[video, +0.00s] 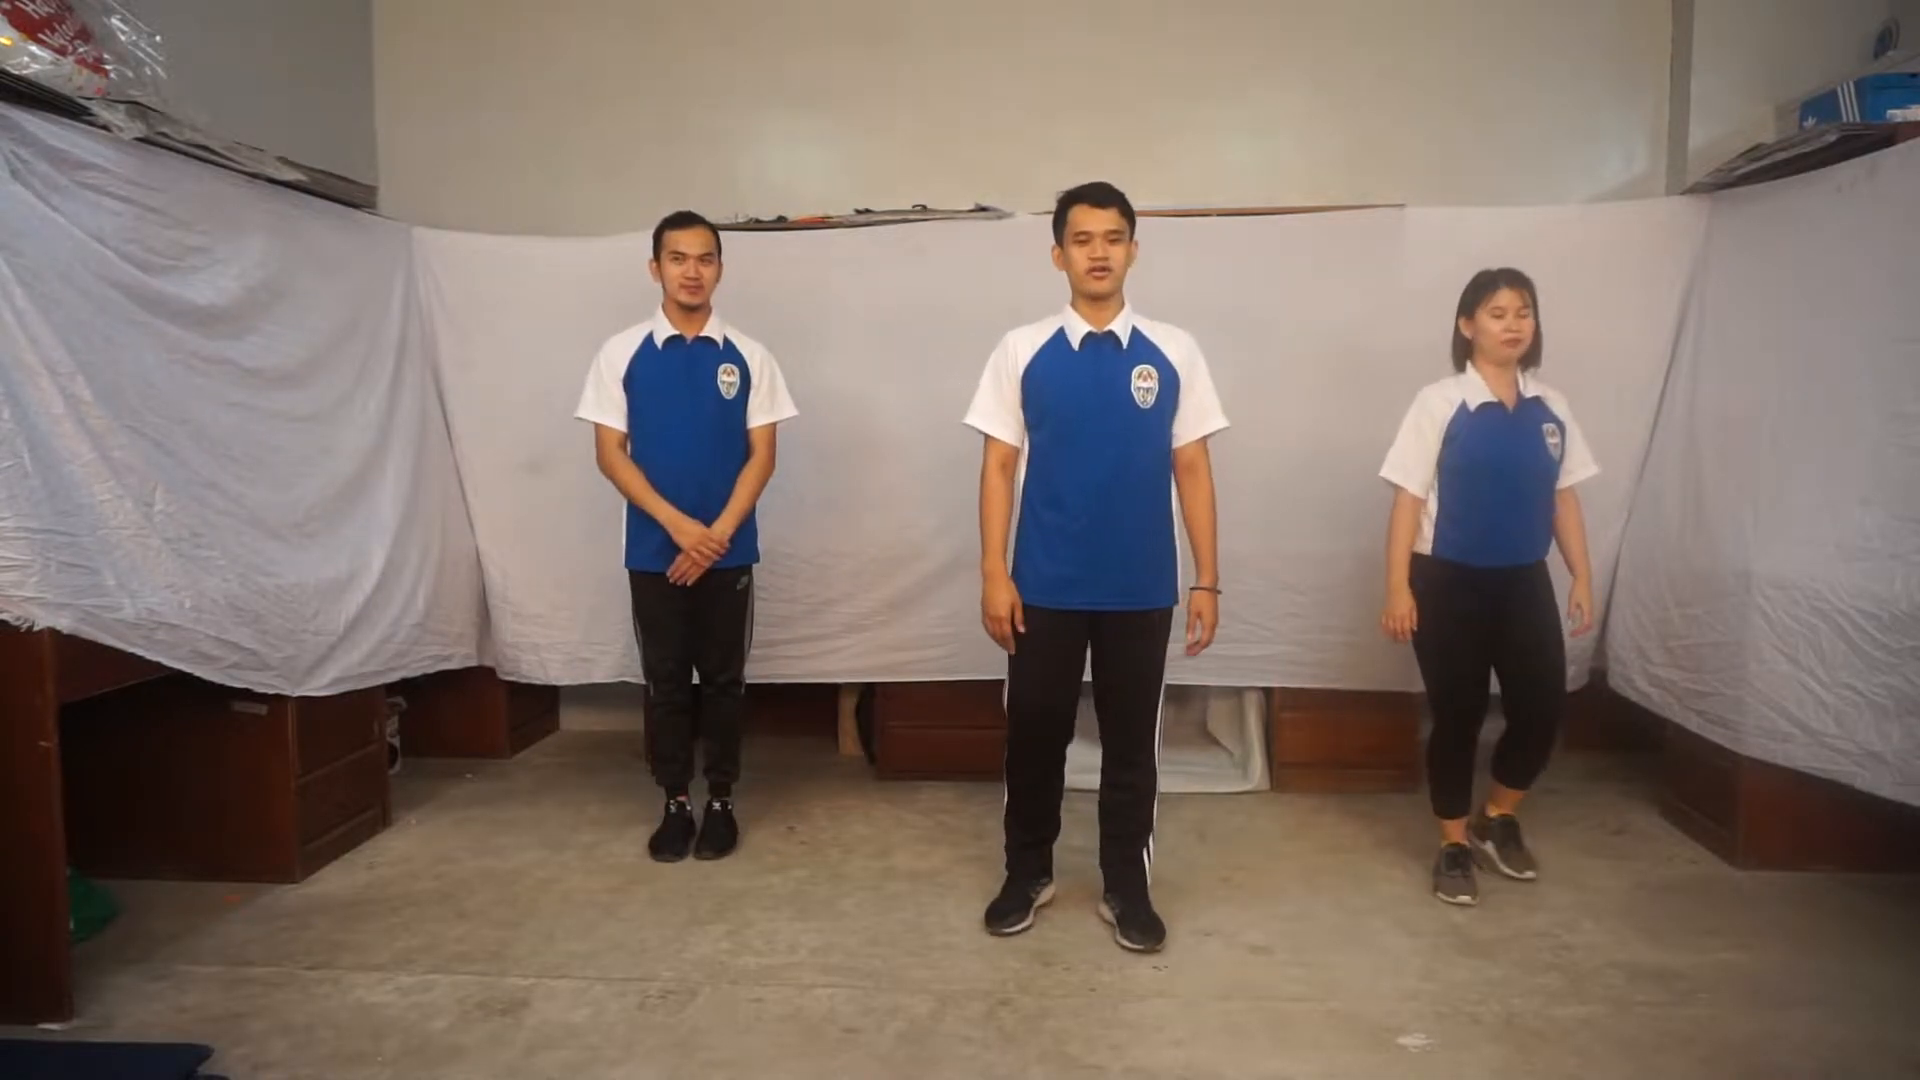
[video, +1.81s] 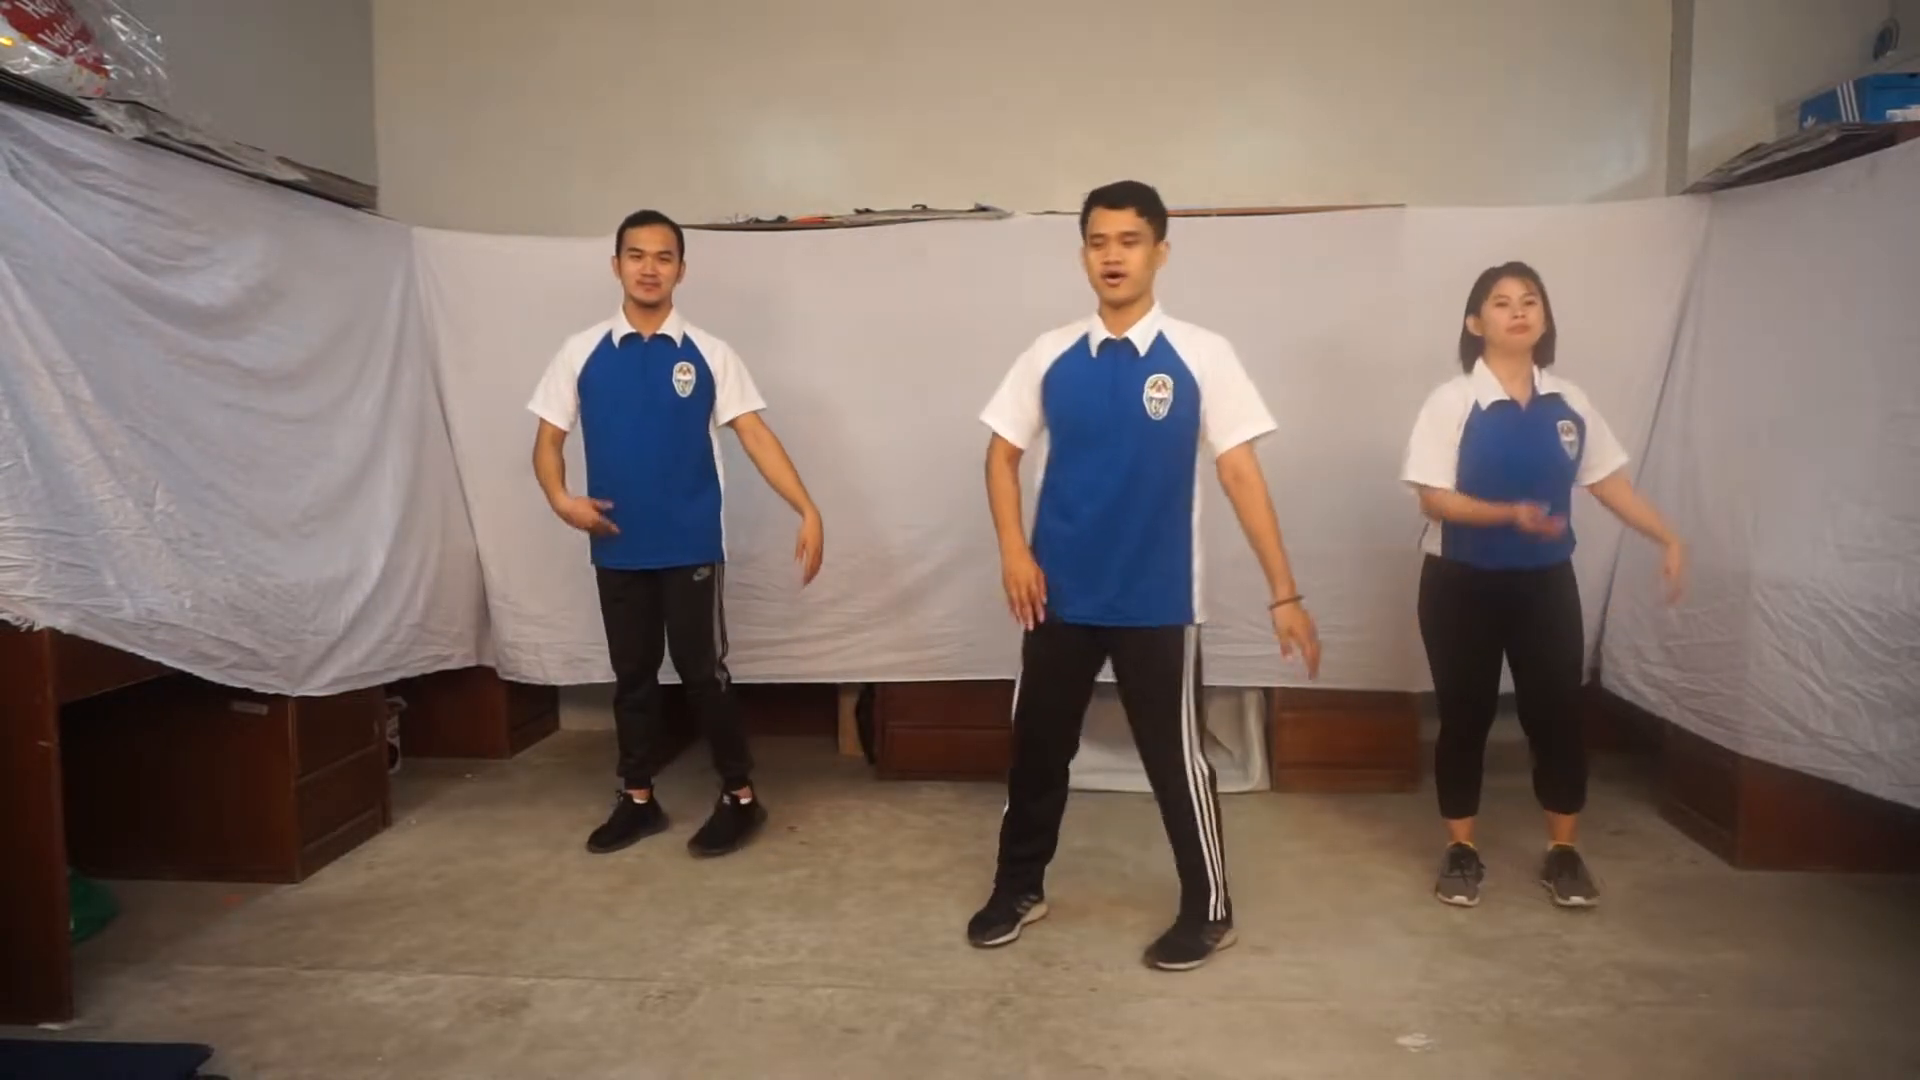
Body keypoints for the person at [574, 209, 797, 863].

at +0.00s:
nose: (693, 270)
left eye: (705, 259)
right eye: (679, 259)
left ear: (718, 269)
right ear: (657, 269)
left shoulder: (749, 357)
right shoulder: (621, 354)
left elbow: (763, 458)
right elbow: (609, 455)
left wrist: (713, 540)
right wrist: (675, 522)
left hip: (727, 555)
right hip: (654, 556)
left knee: (722, 684)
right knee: (666, 687)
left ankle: (720, 803)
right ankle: (676, 804)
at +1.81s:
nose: (650, 268)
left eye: (663, 257)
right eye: (637, 256)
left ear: (680, 269)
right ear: (617, 266)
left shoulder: (708, 354)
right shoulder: (583, 353)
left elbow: (755, 435)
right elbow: (548, 440)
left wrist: (807, 510)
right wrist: (561, 500)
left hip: (691, 550)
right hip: (617, 551)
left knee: (702, 675)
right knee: (631, 680)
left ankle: (739, 796)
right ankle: (637, 799)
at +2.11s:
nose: (663, 274)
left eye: (677, 262)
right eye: (658, 263)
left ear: (715, 270)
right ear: (654, 272)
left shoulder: (740, 349)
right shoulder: (642, 351)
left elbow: (728, 442)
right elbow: (573, 406)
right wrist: (555, 332)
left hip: (728, 554)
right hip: (663, 552)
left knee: (728, 682)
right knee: (657, 676)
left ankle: (753, 813)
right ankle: (638, 797)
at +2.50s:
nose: (708, 283)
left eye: (715, 271)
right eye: (712, 270)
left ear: (747, 277)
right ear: (768, 276)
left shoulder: (725, 363)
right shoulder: (812, 326)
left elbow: (701, 468)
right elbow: (834, 231)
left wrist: (759, 469)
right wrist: (850, 142)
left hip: (774, 546)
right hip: (836, 527)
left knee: (750, 677)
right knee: (873, 664)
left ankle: (750, 814)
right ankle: (926, 805)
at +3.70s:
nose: (570, 273)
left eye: (584, 262)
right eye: (557, 262)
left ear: (607, 272)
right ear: (540, 273)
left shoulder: (634, 352)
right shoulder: (523, 357)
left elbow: (707, 433)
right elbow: (497, 437)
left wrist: (646, 495)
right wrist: (481, 498)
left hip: (617, 558)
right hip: (545, 557)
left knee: (617, 687)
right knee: (519, 671)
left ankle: (646, 821)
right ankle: (553, 798)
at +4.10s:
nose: (509, 269)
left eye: (517, 257)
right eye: (492, 257)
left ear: (526, 265)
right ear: (460, 267)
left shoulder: (543, 336)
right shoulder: (439, 355)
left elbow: (608, 265)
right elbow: (440, 466)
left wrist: (602, 176)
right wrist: (537, 501)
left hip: (537, 547)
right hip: (476, 556)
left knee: (517, 689)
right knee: (488, 694)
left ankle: (463, 786)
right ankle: (493, 818)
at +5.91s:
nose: (710, 266)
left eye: (720, 256)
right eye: (710, 256)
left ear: (760, 265)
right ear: (749, 266)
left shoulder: (774, 344)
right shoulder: (750, 323)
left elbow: (736, 468)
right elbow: (713, 284)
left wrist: (703, 484)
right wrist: (662, 251)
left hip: (793, 551)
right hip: (755, 545)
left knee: (804, 689)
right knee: (745, 674)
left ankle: (809, 831)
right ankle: (838, 772)